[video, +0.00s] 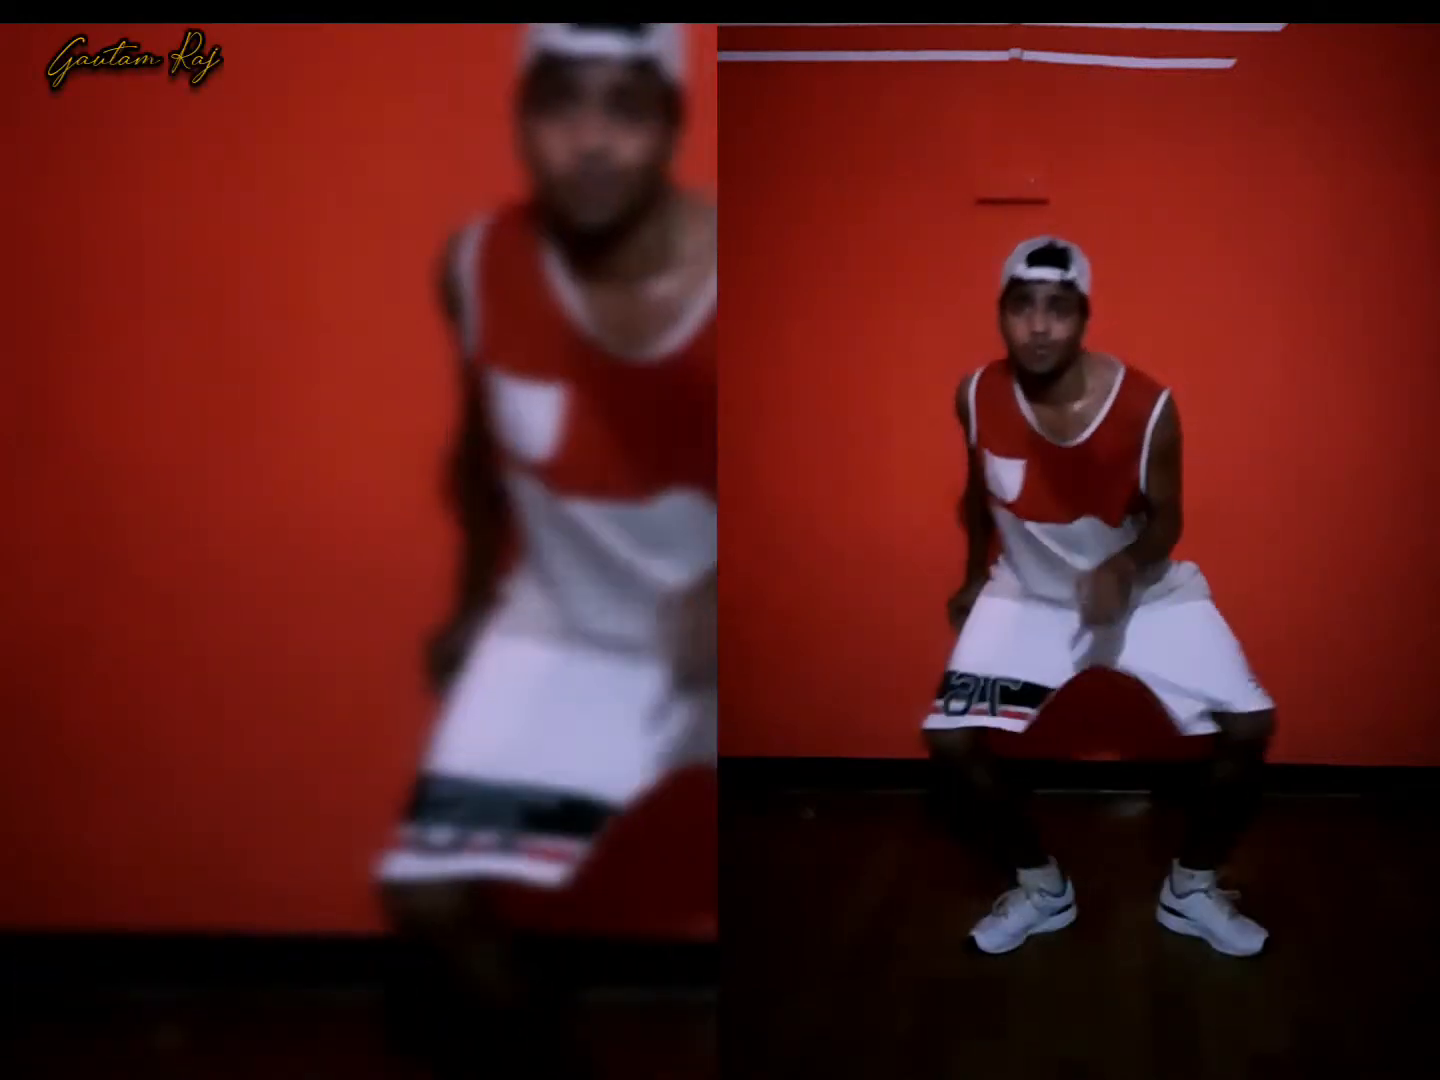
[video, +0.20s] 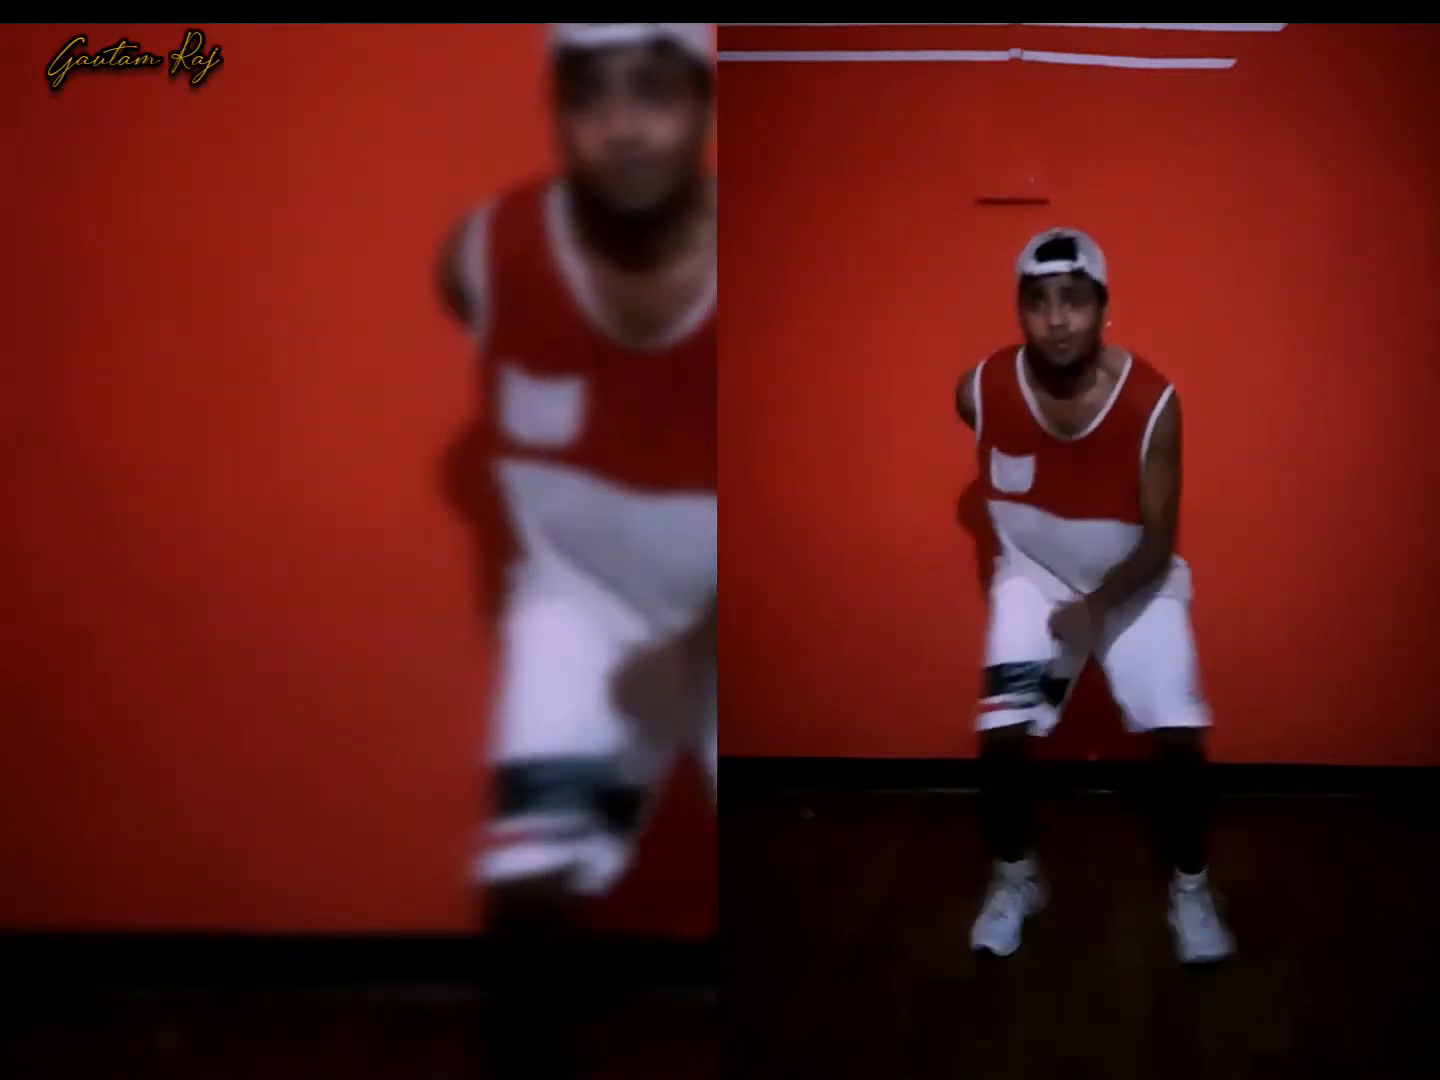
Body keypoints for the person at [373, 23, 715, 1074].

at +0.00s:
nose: (593, 138)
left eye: (628, 109)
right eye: (563, 104)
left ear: (673, 133)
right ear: (523, 127)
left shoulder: (739, 269)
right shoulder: (484, 265)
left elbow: (814, 455)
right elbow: (480, 455)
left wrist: (735, 590)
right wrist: (472, 609)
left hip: (713, 645)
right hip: (552, 638)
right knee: (432, 892)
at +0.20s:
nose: (623, 126)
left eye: (654, 92)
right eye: (591, 96)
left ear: (706, 112)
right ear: (558, 121)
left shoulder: (766, 273)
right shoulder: (492, 254)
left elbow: (813, 501)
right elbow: (507, 408)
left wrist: (701, 653)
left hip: (745, 608)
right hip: (579, 586)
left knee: (779, 885)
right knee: (533, 883)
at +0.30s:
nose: (652, 114)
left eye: (684, 80)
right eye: (619, 81)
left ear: (725, 103)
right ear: (581, 102)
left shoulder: (763, 253)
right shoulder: (493, 230)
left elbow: (758, 508)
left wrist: (686, 700)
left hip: (732, 608)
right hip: (588, 590)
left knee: (743, 882)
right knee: (579, 866)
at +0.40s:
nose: (623, 119)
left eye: (657, 86)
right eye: (593, 84)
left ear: (705, 110)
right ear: (554, 106)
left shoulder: (756, 258)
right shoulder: (479, 217)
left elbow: (787, 481)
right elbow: (521, 383)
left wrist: (702, 659)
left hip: (732, 611)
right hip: (573, 591)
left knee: (765, 909)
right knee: (466, 885)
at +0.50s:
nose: (564, 186)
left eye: (599, 155)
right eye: (536, 153)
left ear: (647, 173)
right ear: (498, 170)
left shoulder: (720, 323)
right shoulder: (466, 280)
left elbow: (788, 491)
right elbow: (459, 438)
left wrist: (727, 599)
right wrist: (469, 524)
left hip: (697, 653)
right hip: (541, 647)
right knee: (405, 912)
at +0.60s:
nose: (532, 212)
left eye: (568, 183)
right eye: (503, 179)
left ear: (616, 203)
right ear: (468, 198)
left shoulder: (712, 351)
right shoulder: (428, 324)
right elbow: (397, 394)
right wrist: (420, 519)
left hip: (704, 683)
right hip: (531, 669)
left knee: (802, 929)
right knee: (419, 923)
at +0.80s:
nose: (427, 39)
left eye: (451, 17)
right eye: (408, 25)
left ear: (518, 16)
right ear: (391, 43)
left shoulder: (648, 98)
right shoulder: (376, 227)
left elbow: (712, 287)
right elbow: (367, 473)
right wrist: (478, 467)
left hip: (683, 584)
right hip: (503, 610)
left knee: (768, 860)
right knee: (491, 919)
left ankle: (609, 1016)